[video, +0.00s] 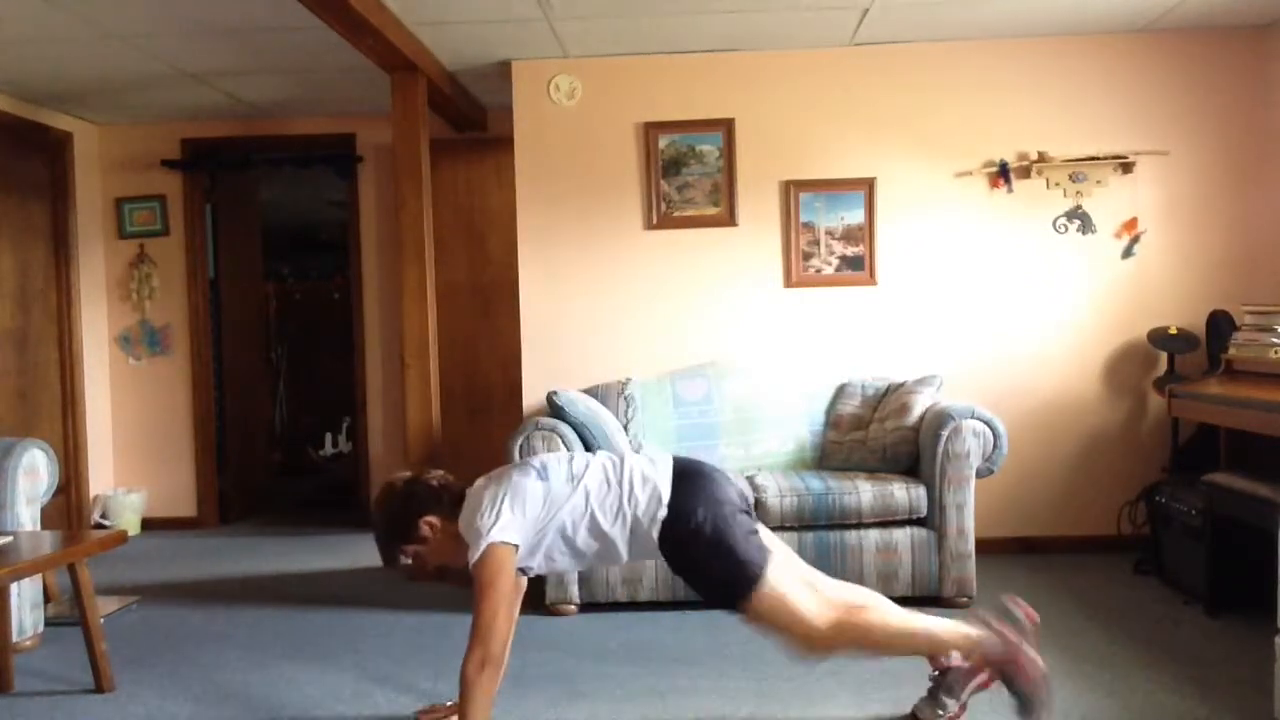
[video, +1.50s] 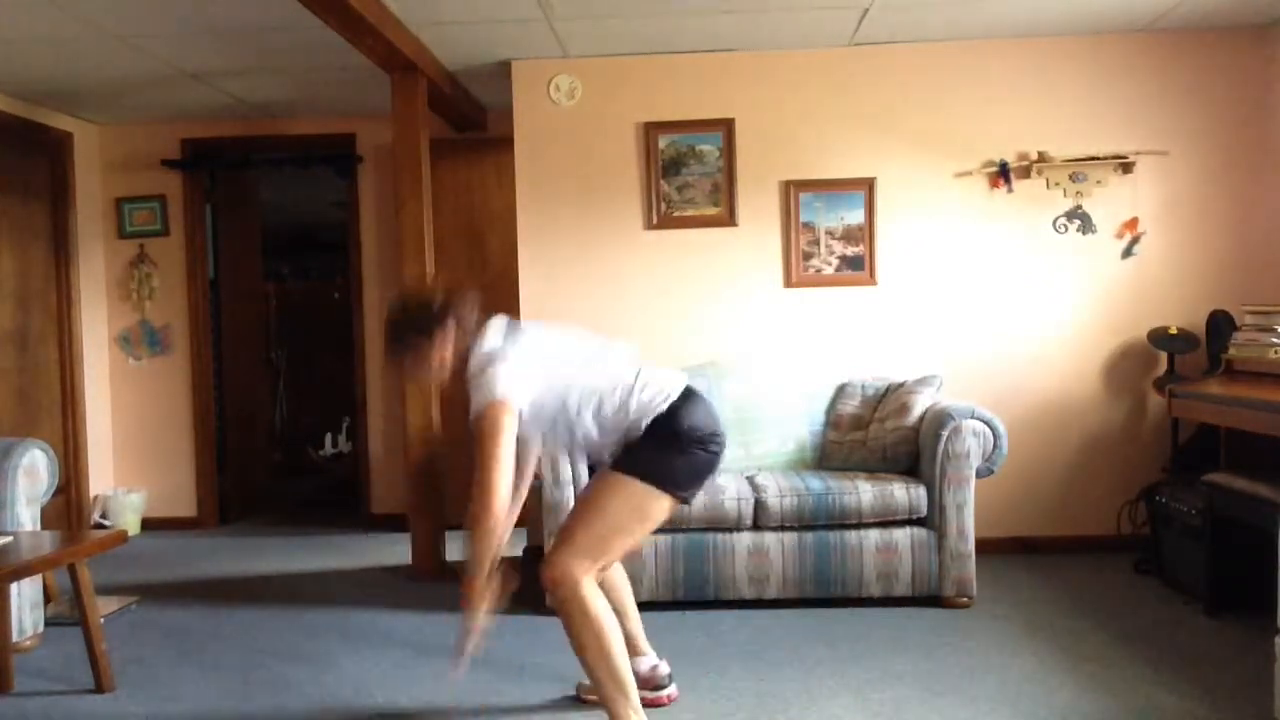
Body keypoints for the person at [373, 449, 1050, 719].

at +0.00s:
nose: (429, 571)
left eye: (417, 560)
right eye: (419, 562)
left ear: (428, 533)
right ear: (439, 510)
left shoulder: (494, 517)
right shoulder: (503, 489)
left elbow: (491, 644)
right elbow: (498, 629)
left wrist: (465, 706)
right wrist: (473, 695)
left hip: (685, 512)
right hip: (690, 485)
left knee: (816, 632)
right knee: (828, 601)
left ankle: (986, 640)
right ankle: (963, 642)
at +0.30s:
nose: (441, 579)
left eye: (429, 572)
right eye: (431, 574)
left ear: (441, 538)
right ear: (447, 515)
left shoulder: (505, 517)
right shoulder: (504, 490)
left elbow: (495, 644)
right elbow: (499, 629)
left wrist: (474, 712)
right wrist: (469, 701)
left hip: (691, 496)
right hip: (702, 472)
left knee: (772, 656)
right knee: (815, 586)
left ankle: (922, 618)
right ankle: (951, 651)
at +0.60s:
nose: (449, 584)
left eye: (435, 577)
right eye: (437, 580)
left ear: (440, 547)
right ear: (448, 531)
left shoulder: (496, 515)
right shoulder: (503, 496)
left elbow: (487, 648)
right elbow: (505, 620)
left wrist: (468, 719)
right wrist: (468, 701)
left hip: (670, 454)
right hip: (692, 458)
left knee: (559, 572)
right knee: (798, 579)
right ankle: (936, 648)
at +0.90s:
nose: (421, 573)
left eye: (405, 563)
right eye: (409, 569)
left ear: (414, 535)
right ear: (424, 529)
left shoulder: (463, 505)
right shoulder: (499, 515)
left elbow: (464, 641)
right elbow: (491, 638)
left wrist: (453, 713)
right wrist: (467, 710)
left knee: (552, 591)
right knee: (689, 576)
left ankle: (625, 713)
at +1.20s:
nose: (421, 566)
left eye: (411, 555)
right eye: (411, 561)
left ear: (421, 526)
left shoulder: (470, 505)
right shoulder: (504, 508)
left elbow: (468, 645)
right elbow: (496, 625)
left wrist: (452, 713)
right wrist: (473, 705)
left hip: (657, 446)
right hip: (668, 438)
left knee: (546, 592)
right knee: (585, 563)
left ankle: (622, 713)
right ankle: (645, 670)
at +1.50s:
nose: (423, 371)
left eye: (422, 356)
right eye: (413, 360)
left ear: (444, 333)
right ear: (449, 327)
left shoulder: (497, 365)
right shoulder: (515, 346)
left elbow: (491, 499)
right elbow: (515, 486)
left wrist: (475, 602)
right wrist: (485, 569)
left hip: (671, 428)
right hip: (679, 418)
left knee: (566, 572)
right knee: (592, 552)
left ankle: (628, 712)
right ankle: (644, 666)